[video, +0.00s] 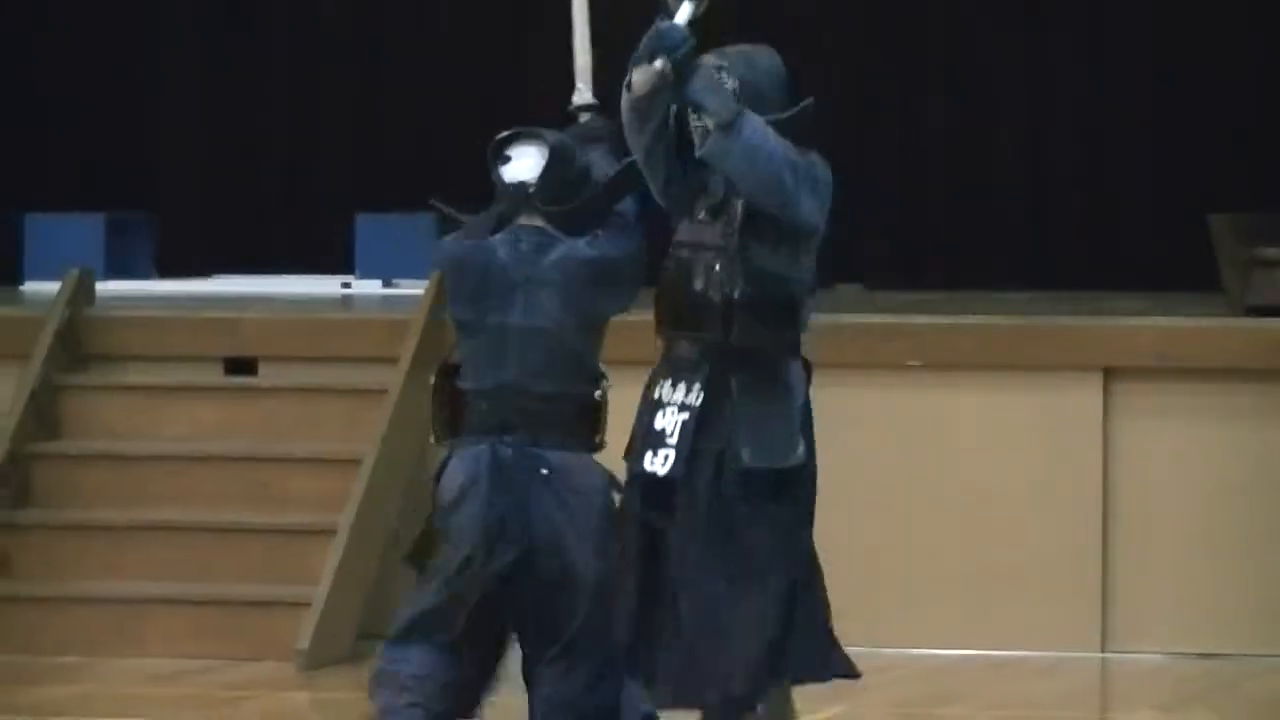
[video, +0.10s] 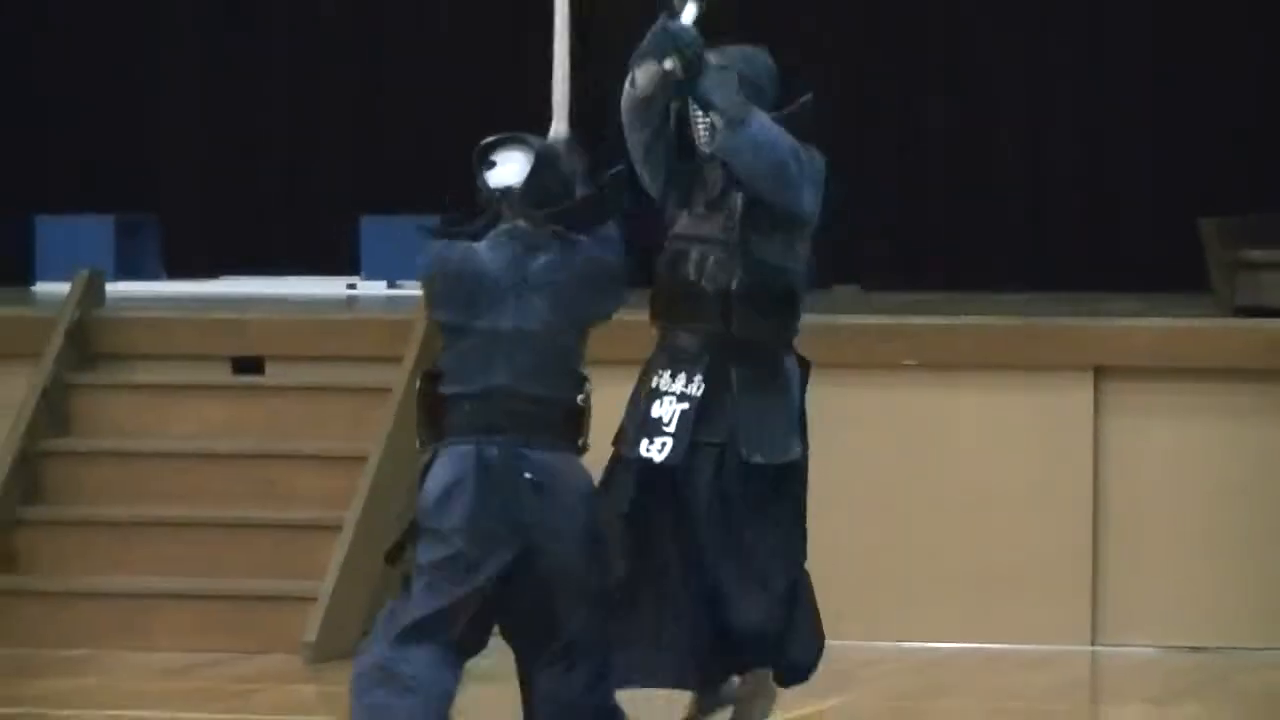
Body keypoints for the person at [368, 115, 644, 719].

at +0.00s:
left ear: (505, 202)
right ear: (566, 206)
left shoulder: (462, 261)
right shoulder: (588, 267)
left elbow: (464, 241)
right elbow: (640, 232)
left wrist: (509, 201)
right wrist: (620, 168)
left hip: (478, 460)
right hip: (568, 463)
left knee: (442, 639)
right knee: (573, 655)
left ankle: (413, 704)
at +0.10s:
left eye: (505, 184)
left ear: (496, 203)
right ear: (563, 207)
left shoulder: (450, 266)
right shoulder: (580, 274)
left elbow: (450, 240)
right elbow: (613, 258)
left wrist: (503, 212)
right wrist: (586, 198)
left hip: (465, 461)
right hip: (554, 465)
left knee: (427, 633)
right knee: (567, 647)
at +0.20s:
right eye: (542, 200)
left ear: (473, 202)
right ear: (539, 203)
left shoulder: (427, 275)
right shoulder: (559, 277)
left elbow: (425, 350)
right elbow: (593, 345)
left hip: (455, 463)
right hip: (544, 468)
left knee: (440, 630)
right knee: (560, 640)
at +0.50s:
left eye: (521, 206)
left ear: (517, 214)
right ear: (579, 218)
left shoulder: (476, 286)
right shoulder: (603, 292)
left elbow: (471, 372)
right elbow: (619, 361)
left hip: (509, 456)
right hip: (591, 456)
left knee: (512, 617)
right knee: (608, 611)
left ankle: (512, 710)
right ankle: (616, 709)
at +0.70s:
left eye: (582, 212)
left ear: (584, 217)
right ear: (644, 220)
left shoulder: (546, 283)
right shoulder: (669, 288)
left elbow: (540, 364)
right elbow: (675, 363)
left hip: (581, 435)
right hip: (657, 438)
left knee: (576, 572)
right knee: (656, 575)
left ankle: (556, 699)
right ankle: (656, 700)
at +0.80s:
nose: (628, 221)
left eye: (627, 212)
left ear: (625, 217)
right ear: (683, 220)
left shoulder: (589, 282)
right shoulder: (709, 284)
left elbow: (583, 359)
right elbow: (718, 352)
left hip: (622, 430)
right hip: (697, 431)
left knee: (619, 565)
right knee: (696, 570)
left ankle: (592, 694)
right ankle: (692, 699)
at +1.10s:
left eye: (676, 222)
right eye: (722, 225)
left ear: (671, 227)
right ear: (725, 228)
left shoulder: (638, 287)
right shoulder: (750, 287)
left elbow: (628, 359)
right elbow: (753, 352)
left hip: (668, 425)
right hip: (735, 425)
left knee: (673, 540)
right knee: (739, 540)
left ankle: (678, 667)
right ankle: (734, 670)